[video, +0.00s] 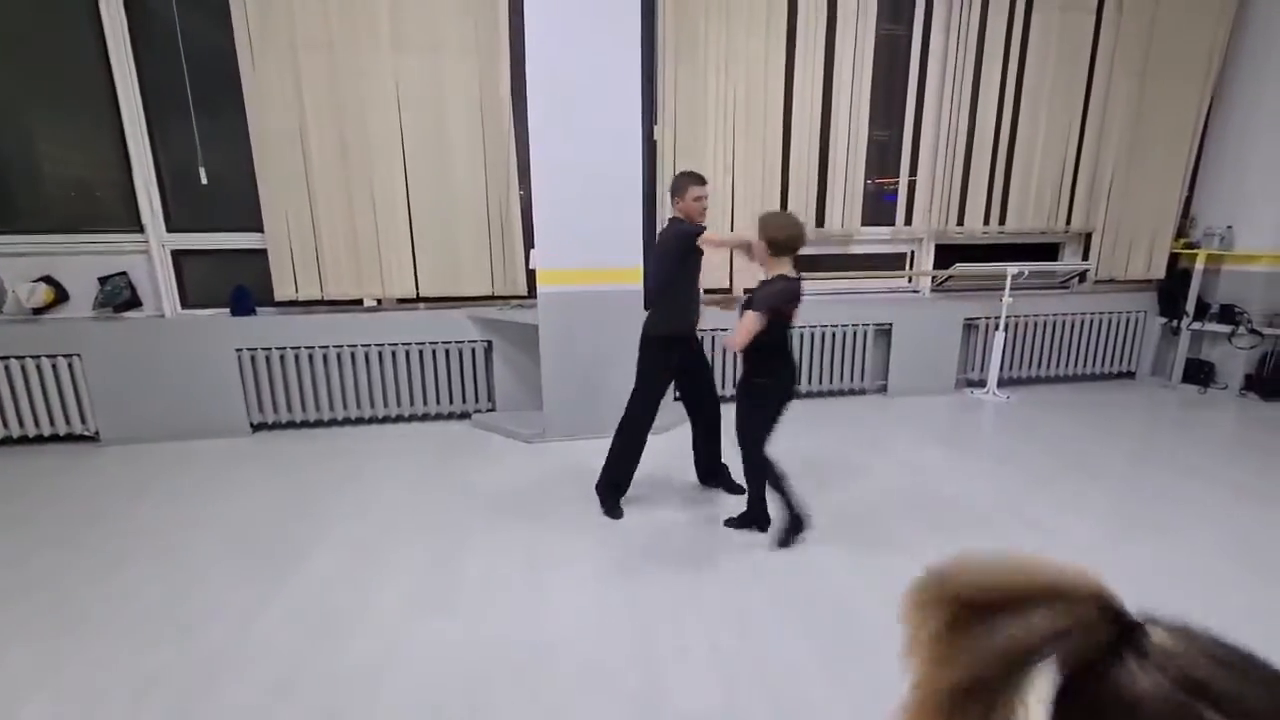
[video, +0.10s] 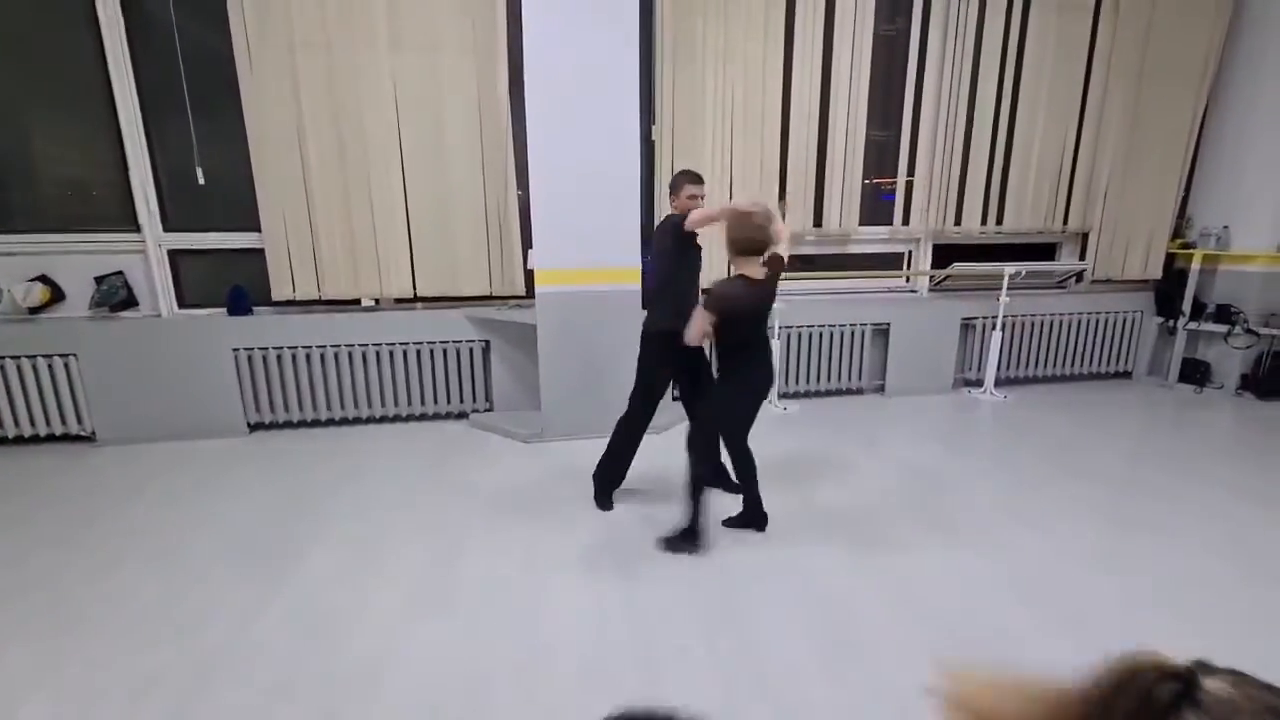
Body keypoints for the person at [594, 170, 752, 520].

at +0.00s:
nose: (705, 205)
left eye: (706, 199)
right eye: (698, 199)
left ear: (692, 202)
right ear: (678, 202)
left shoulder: (675, 235)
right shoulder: (682, 231)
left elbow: (672, 291)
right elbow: (719, 241)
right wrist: (749, 244)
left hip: (684, 338)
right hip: (662, 340)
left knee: (706, 408)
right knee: (639, 416)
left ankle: (711, 472)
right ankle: (609, 488)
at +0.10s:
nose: (700, 204)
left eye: (702, 198)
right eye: (692, 198)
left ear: (701, 199)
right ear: (674, 199)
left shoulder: (683, 234)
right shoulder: (671, 227)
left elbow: (682, 288)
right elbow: (703, 219)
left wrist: (702, 315)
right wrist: (736, 211)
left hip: (685, 336)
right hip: (662, 335)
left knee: (705, 405)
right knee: (640, 411)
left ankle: (709, 470)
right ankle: (605, 478)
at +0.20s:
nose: (693, 205)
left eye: (695, 199)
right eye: (687, 198)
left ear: (695, 200)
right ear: (670, 199)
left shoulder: (697, 233)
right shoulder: (658, 227)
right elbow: (700, 194)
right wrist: (744, 187)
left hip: (695, 332)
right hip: (659, 333)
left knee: (704, 404)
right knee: (638, 409)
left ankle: (708, 469)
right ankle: (605, 482)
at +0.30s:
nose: (679, 201)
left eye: (682, 194)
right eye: (673, 193)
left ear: (685, 199)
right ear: (660, 197)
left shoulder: (693, 233)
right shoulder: (649, 233)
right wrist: (702, 174)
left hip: (687, 334)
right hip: (652, 335)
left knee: (706, 404)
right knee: (633, 410)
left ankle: (710, 472)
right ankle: (604, 480)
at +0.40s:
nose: (672, 210)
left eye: (677, 203)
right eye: (664, 202)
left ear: (682, 207)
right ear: (649, 207)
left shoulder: (683, 250)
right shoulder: (642, 251)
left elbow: (686, 304)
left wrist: (707, 333)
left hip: (678, 341)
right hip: (646, 342)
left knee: (700, 401)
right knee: (628, 413)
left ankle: (706, 468)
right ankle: (602, 480)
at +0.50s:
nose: (668, 209)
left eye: (674, 202)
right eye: (661, 203)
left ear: (680, 205)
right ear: (648, 206)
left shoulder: (684, 255)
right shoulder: (634, 244)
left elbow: (696, 306)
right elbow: (614, 213)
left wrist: (708, 354)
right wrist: (594, 196)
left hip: (678, 338)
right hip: (643, 337)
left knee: (703, 399)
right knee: (632, 412)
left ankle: (711, 466)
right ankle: (608, 487)